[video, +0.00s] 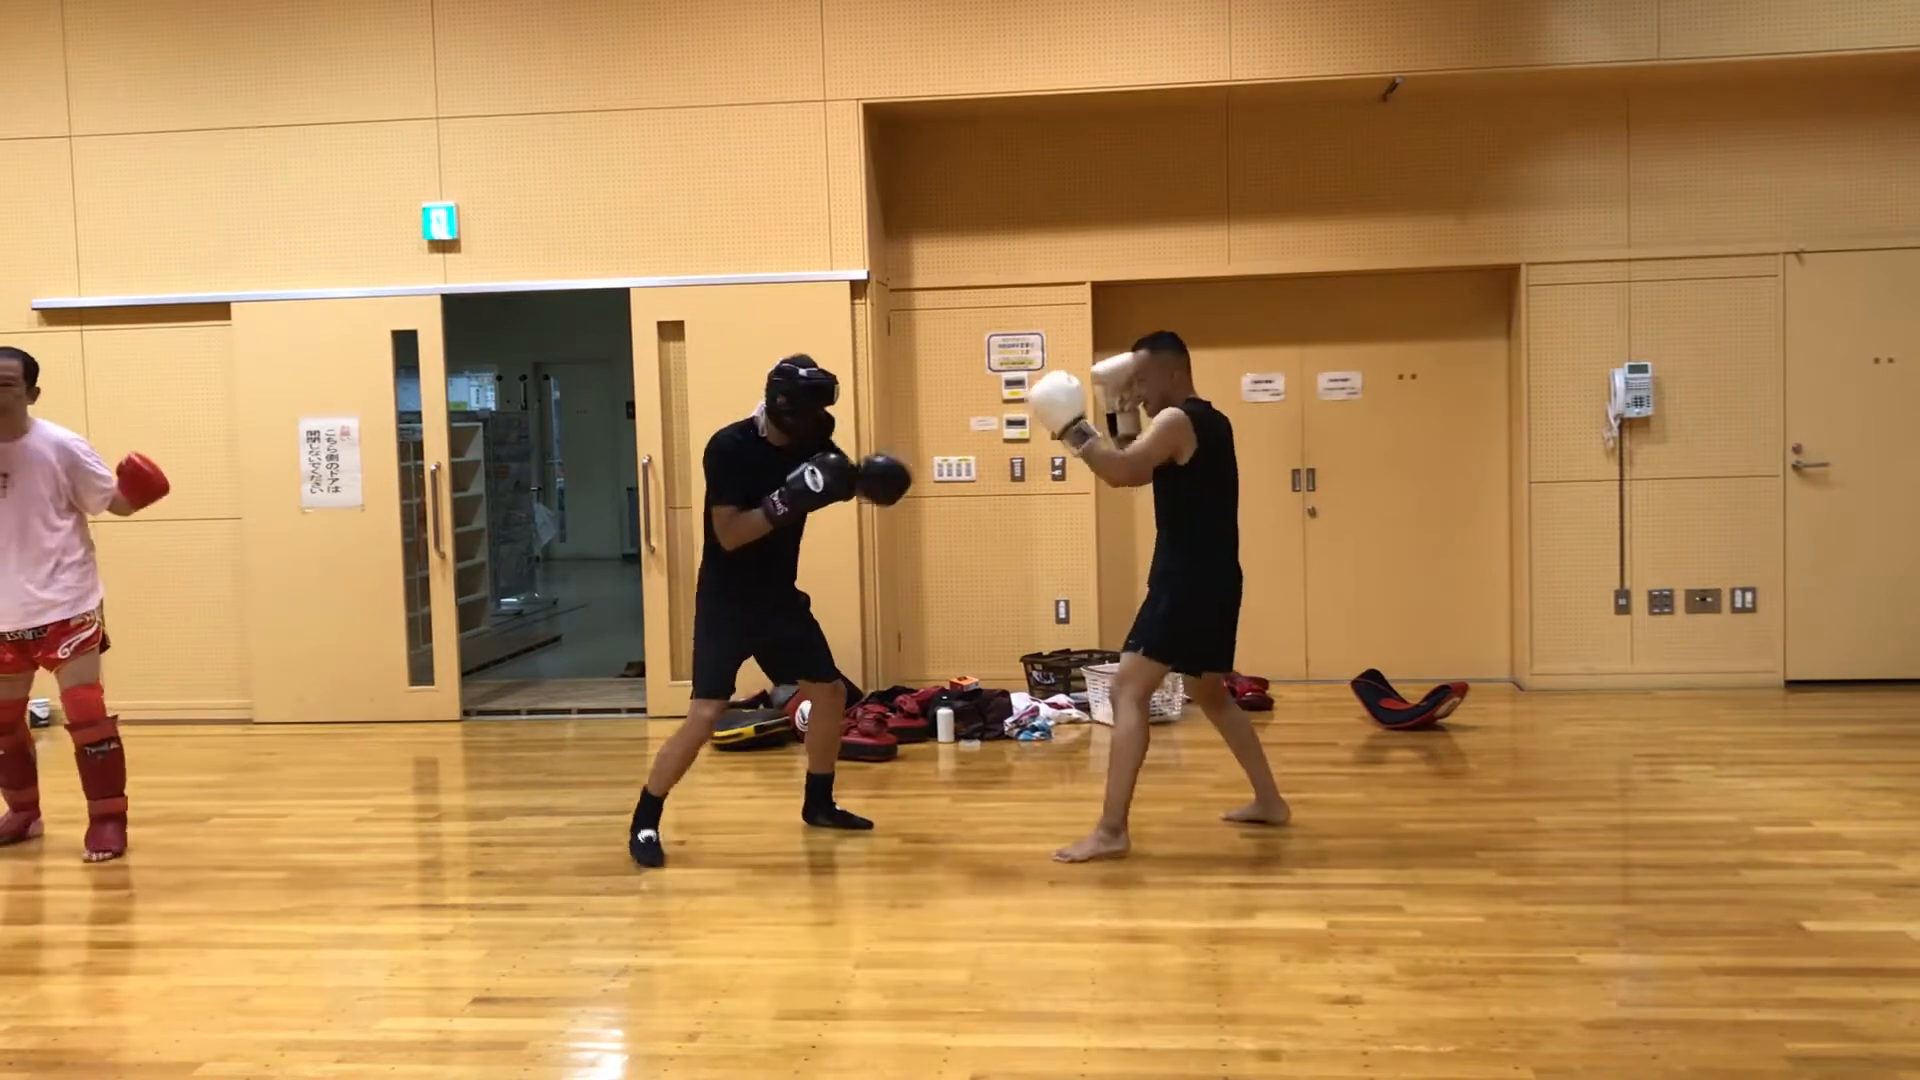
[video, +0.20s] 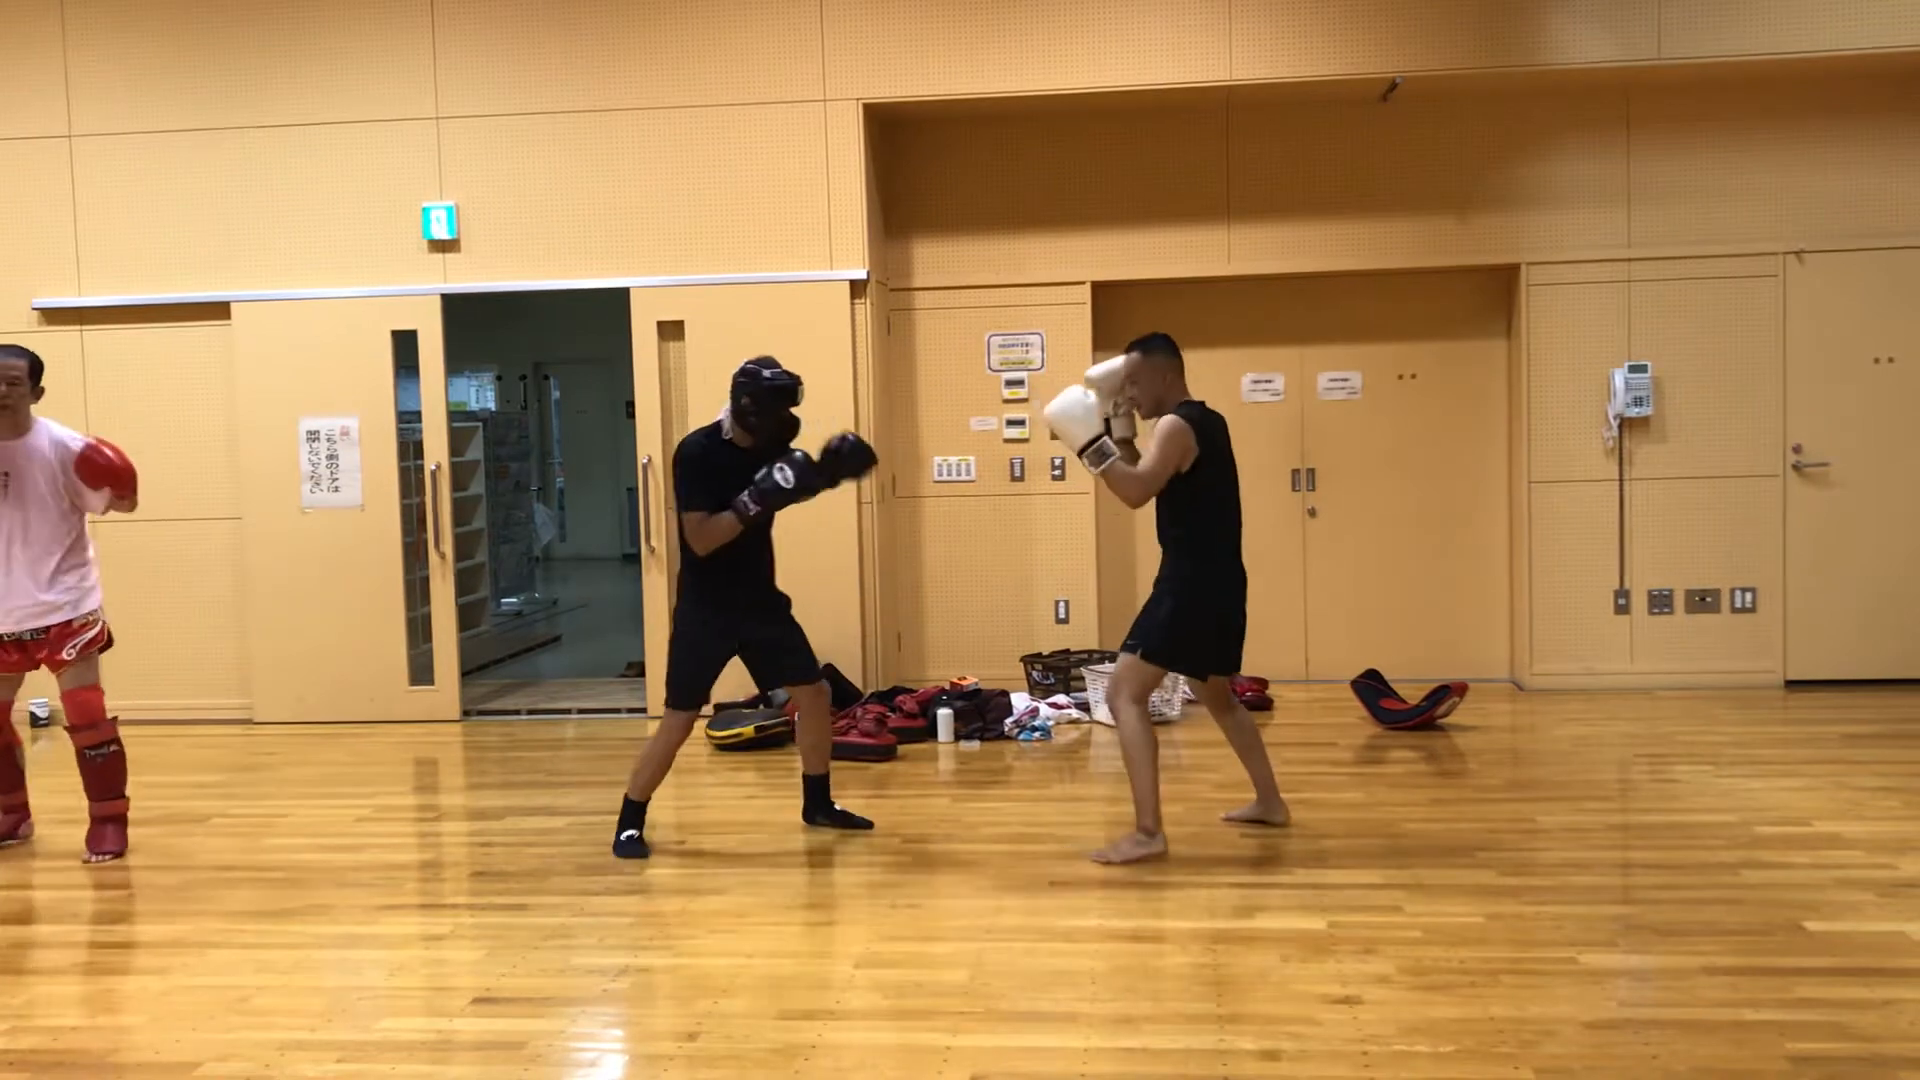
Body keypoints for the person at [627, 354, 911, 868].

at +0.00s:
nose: (821, 421)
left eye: (823, 412)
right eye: (812, 412)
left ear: (816, 411)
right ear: (780, 406)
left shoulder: (815, 440)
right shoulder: (729, 448)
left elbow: (829, 483)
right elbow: (728, 535)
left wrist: (868, 481)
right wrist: (791, 497)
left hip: (780, 599)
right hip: (724, 603)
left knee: (830, 693)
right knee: (704, 716)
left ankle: (818, 804)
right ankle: (645, 819)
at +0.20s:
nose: (789, 422)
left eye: (789, 412)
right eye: (780, 413)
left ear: (775, 411)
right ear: (747, 410)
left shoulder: (772, 448)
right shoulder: (696, 454)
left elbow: (788, 491)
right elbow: (700, 540)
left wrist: (830, 468)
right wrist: (757, 498)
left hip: (761, 602)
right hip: (704, 609)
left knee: (813, 695)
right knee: (678, 723)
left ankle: (818, 806)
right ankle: (630, 822)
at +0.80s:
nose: (838, 413)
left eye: (839, 404)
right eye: (829, 405)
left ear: (828, 405)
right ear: (798, 401)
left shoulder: (827, 447)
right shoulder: (750, 445)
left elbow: (877, 489)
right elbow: (726, 522)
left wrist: (911, 456)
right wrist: (779, 488)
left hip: (801, 602)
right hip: (747, 606)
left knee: (863, 688)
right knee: (713, 719)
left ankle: (881, 802)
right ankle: (643, 813)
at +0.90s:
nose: (870, 415)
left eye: (873, 407)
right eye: (864, 405)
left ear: (842, 405)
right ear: (836, 402)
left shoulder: (834, 450)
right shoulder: (799, 433)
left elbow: (839, 528)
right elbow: (812, 482)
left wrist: (882, 502)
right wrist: (868, 449)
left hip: (809, 595)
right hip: (765, 597)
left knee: (869, 685)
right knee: (754, 719)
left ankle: (882, 801)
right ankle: (679, 807)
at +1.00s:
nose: (887, 419)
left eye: (888, 411)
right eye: (883, 410)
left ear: (847, 403)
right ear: (857, 402)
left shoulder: (834, 457)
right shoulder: (819, 428)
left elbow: (825, 543)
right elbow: (896, 433)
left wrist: (881, 519)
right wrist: (959, 414)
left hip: (817, 594)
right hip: (777, 594)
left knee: (882, 684)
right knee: (752, 716)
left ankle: (881, 802)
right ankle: (673, 810)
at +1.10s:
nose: (914, 417)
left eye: (917, 410)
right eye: (911, 409)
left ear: (881, 399)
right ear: (889, 403)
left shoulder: (881, 463)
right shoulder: (838, 416)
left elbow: (892, 536)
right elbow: (893, 429)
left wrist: (935, 500)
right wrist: (960, 407)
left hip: (835, 586)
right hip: (788, 580)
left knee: (892, 684)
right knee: (752, 697)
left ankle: (883, 803)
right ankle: (681, 806)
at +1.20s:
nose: (928, 415)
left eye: (932, 408)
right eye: (924, 404)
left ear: (927, 412)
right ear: (900, 395)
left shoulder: (913, 457)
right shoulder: (851, 407)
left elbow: (952, 518)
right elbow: (852, 436)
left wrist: (988, 474)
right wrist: (921, 414)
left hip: (849, 580)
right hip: (799, 570)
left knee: (898, 686)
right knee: (756, 684)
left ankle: (884, 803)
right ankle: (696, 798)